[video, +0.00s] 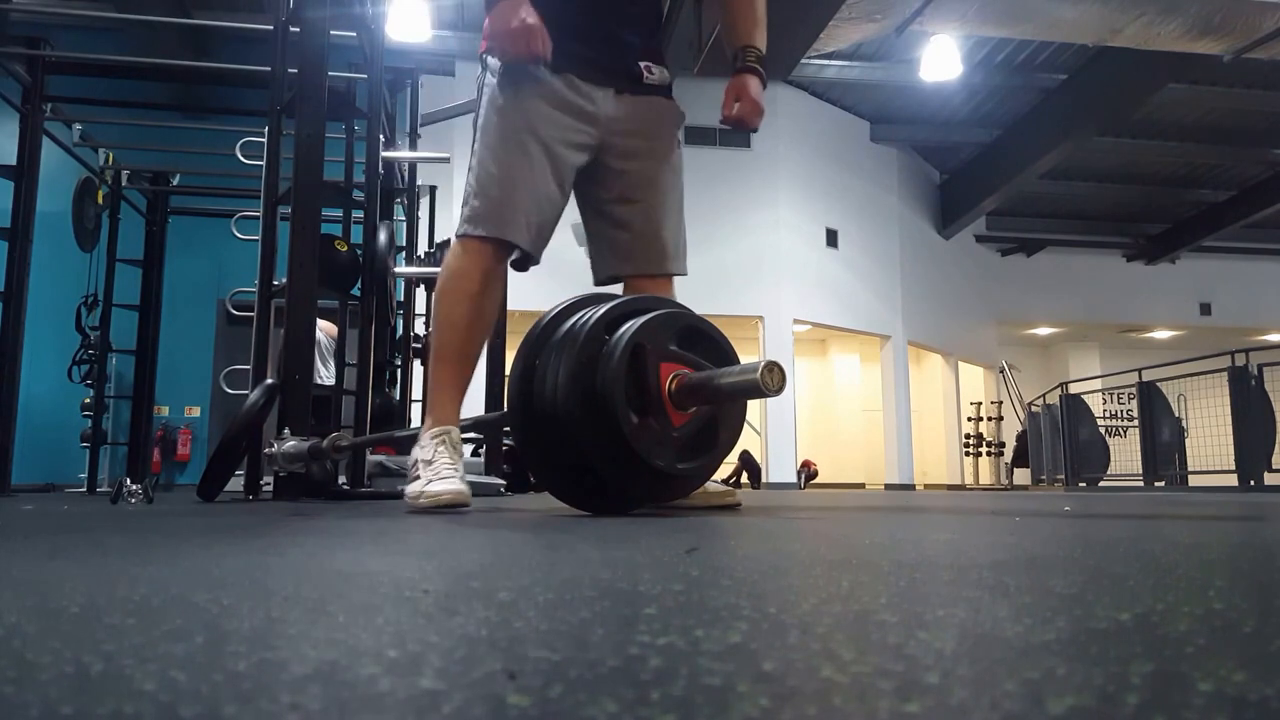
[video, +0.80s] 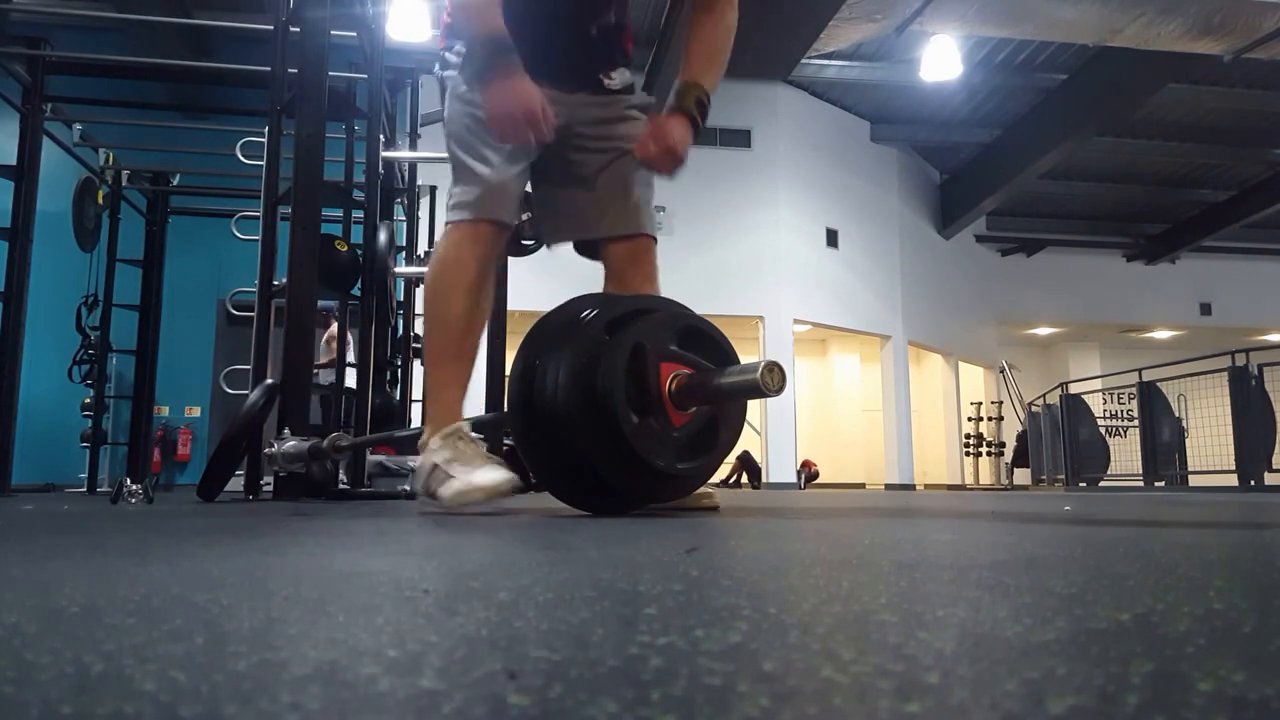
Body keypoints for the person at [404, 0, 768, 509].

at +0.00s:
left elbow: (742, 1)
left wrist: (749, 61)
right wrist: (506, 1)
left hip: (643, 81)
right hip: (542, 62)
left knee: (651, 270)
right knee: (487, 237)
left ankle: (666, 461)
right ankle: (439, 439)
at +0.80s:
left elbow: (717, 4)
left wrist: (686, 108)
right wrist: (498, 69)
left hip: (605, 75)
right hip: (495, 58)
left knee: (633, 242)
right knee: (482, 219)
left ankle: (652, 455)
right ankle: (443, 440)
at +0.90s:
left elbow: (714, 26)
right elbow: (485, 4)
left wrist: (689, 140)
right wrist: (513, 124)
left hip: (586, 84)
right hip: (476, 64)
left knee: (631, 240)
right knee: (465, 232)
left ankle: (648, 459)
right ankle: (438, 452)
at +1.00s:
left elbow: (702, 54)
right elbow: (502, 34)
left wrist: (681, 167)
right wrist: (524, 195)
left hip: (566, 84)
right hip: (463, 65)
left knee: (627, 232)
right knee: (463, 223)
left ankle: (648, 456)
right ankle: (437, 453)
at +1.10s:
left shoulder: (700, 3)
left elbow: (680, 86)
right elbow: (518, 94)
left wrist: (659, 186)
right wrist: (538, 270)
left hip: (565, 99)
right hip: (460, 77)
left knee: (631, 235)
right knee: (468, 208)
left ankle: (646, 454)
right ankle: (438, 452)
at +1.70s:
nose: (722, 7)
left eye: (732, 3)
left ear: (740, 3)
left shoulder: (729, 29)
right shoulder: (558, 11)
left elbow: (672, 155)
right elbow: (533, 174)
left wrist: (635, 215)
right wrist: (558, 325)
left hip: (579, 122)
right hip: (471, 97)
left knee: (650, 238)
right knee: (490, 208)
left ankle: (647, 454)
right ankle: (439, 453)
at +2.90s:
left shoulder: (723, 5)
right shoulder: (535, 2)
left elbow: (707, 135)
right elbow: (516, 100)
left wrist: (684, 268)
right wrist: (547, 270)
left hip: (576, 107)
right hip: (473, 76)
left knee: (631, 241)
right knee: (496, 225)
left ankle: (630, 463)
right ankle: (456, 449)